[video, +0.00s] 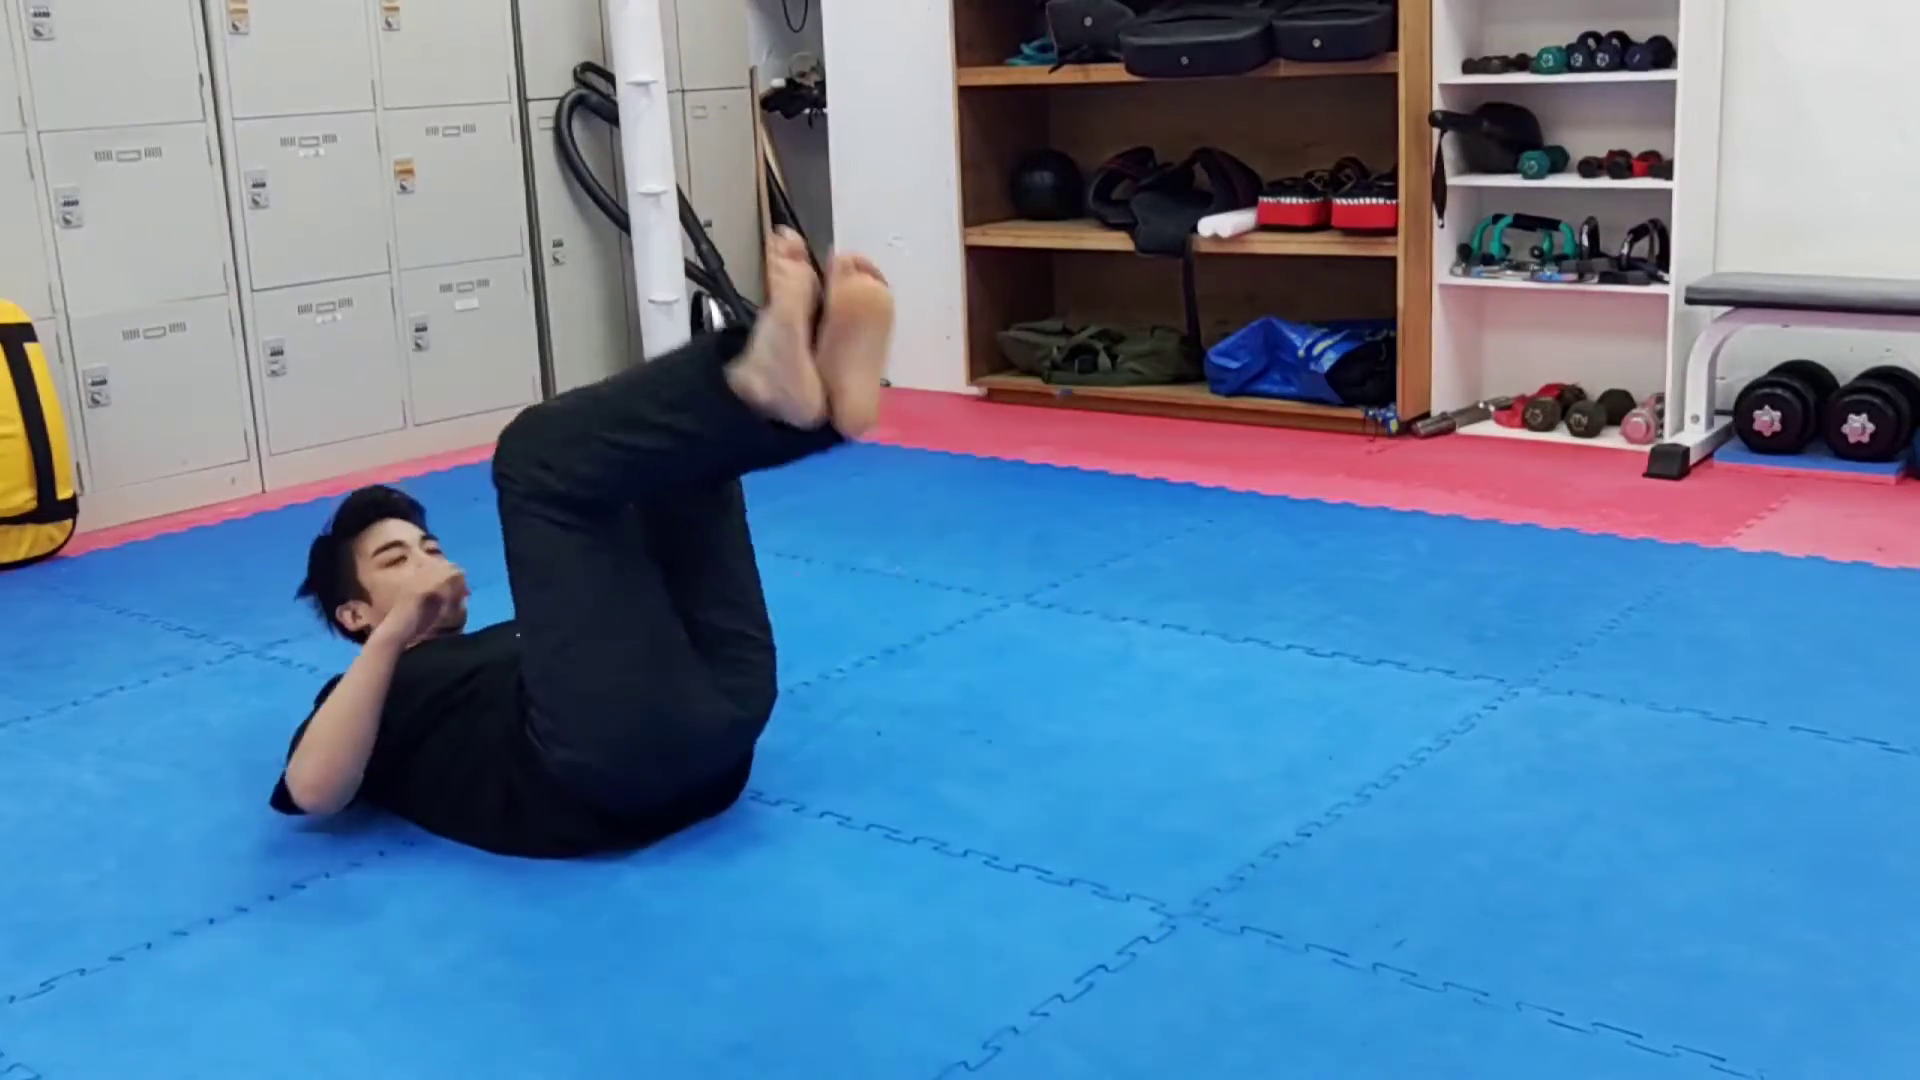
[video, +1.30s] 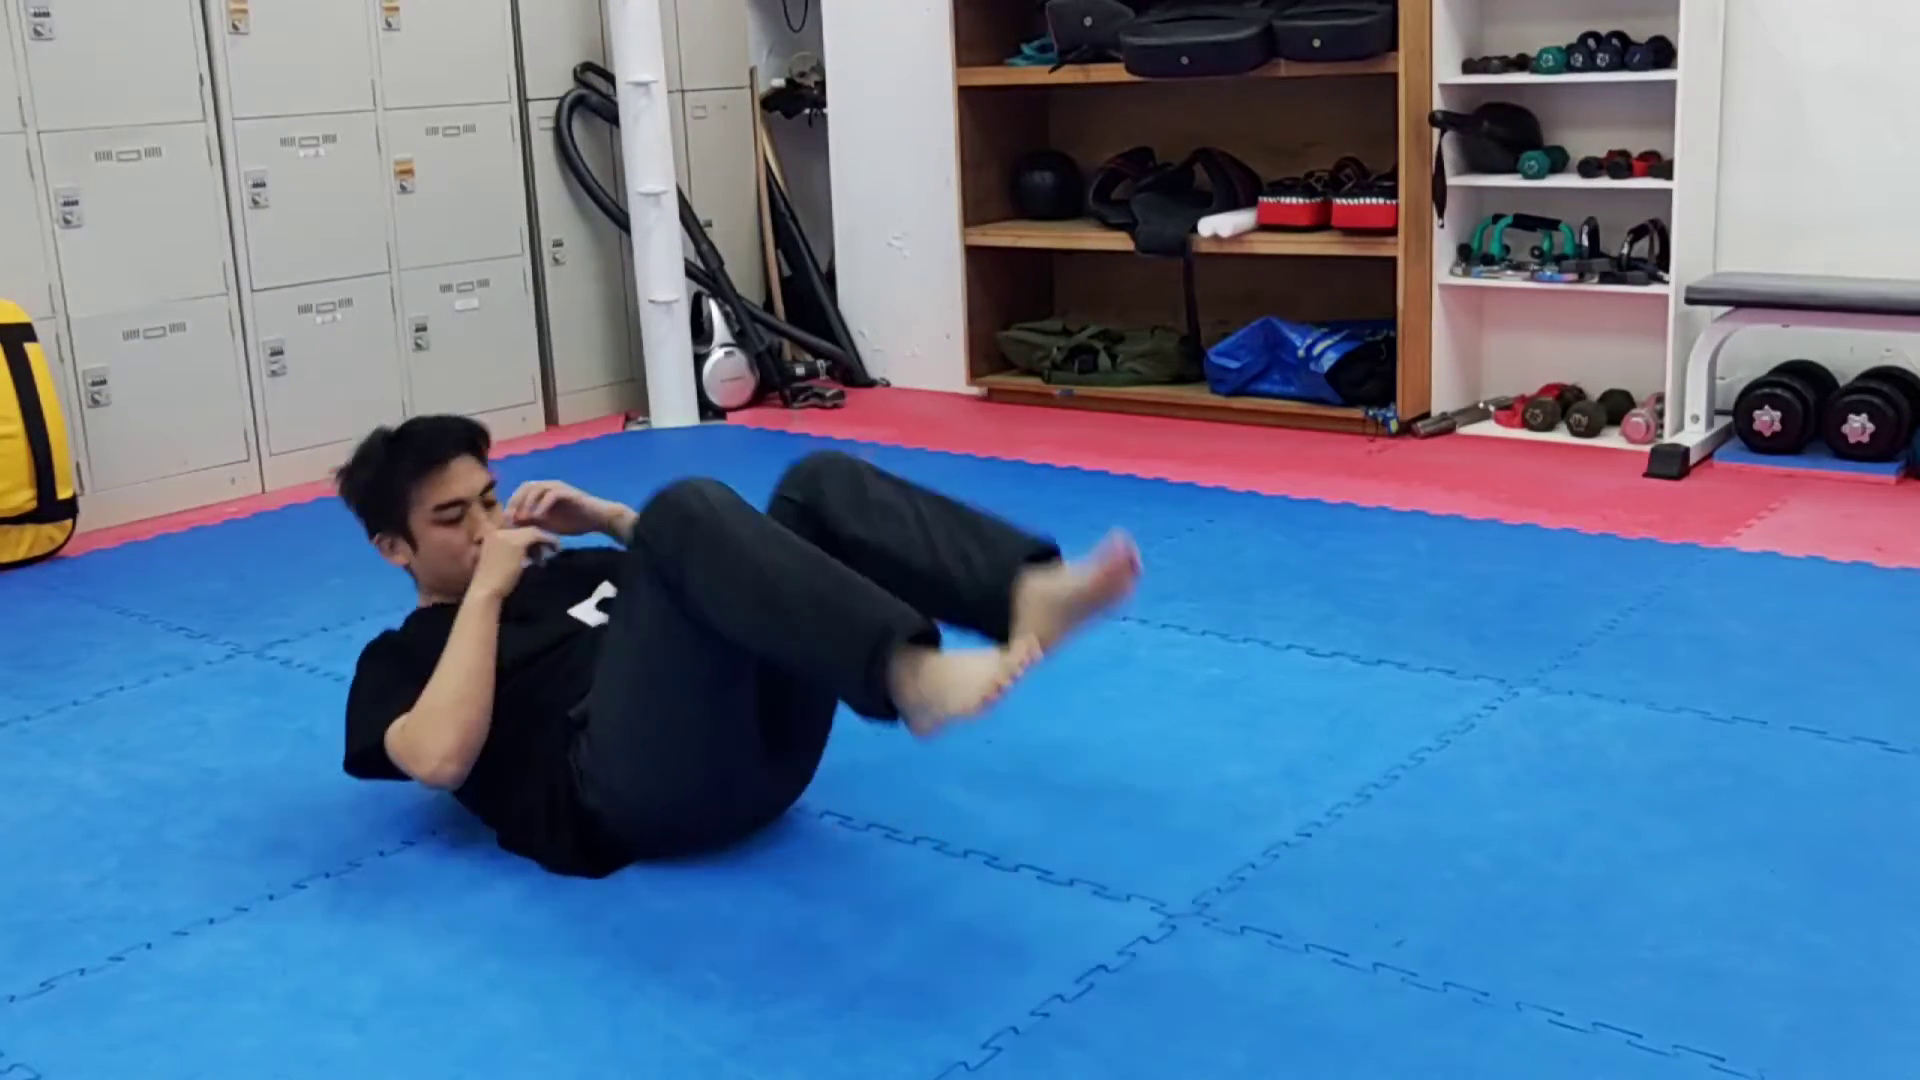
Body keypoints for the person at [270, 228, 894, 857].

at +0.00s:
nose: (429, 565)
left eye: (431, 549)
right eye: (392, 560)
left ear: (455, 571)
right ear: (355, 615)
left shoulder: (516, 641)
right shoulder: (362, 697)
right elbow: (310, 794)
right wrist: (388, 641)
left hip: (716, 733)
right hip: (613, 762)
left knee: (661, 446)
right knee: (534, 454)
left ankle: (819, 402)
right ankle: (751, 380)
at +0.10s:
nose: (432, 559)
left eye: (435, 542)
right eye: (398, 554)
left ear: (460, 556)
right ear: (360, 607)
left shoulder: (527, 631)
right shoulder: (359, 696)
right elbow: (336, 782)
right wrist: (431, 626)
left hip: (721, 743)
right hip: (608, 777)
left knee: (680, 449)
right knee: (574, 468)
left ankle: (860, 440)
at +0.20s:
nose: (452, 543)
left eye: (452, 524)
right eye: (417, 538)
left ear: (471, 535)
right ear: (371, 584)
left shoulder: (531, 606)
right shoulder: (364, 683)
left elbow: (624, 653)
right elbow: (365, 773)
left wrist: (607, 562)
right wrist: (464, 631)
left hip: (737, 745)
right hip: (623, 790)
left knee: (757, 458)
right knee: (625, 501)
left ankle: (928, 550)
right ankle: (896, 575)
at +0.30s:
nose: (478, 524)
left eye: (480, 501)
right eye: (445, 514)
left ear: (495, 502)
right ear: (390, 544)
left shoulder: (561, 597)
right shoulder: (380, 658)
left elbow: (678, 646)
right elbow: (397, 765)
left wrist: (652, 554)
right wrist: (510, 621)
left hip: (742, 764)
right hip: (625, 800)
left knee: (816, 505)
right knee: (690, 541)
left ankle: (1012, 672)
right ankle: (939, 695)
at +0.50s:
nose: (552, 476)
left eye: (557, 450)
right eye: (522, 459)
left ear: (566, 441)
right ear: (451, 470)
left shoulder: (608, 521)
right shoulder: (422, 587)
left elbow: (743, 605)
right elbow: (455, 733)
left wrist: (718, 548)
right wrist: (566, 584)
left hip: (760, 763)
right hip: (638, 807)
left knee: (868, 551)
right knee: (746, 578)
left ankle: (1041, 773)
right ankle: (960, 805)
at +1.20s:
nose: (514, 501)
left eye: (518, 476)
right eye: (482, 491)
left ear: (530, 466)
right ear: (420, 511)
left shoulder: (597, 544)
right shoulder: (414, 629)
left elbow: (738, 585)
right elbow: (454, 741)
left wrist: (649, 512)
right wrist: (521, 582)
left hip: (768, 759)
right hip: (647, 803)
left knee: (870, 522)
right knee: (733, 542)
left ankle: (1047, 712)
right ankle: (937, 758)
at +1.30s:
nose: (486, 524)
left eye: (491, 498)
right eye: (451, 518)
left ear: (506, 492)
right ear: (397, 547)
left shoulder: (576, 566)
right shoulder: (397, 659)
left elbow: (687, 581)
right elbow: (435, 758)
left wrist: (605, 516)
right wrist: (486, 593)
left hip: (756, 746)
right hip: (635, 797)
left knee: (817, 483)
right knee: (687, 510)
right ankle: (905, 675)